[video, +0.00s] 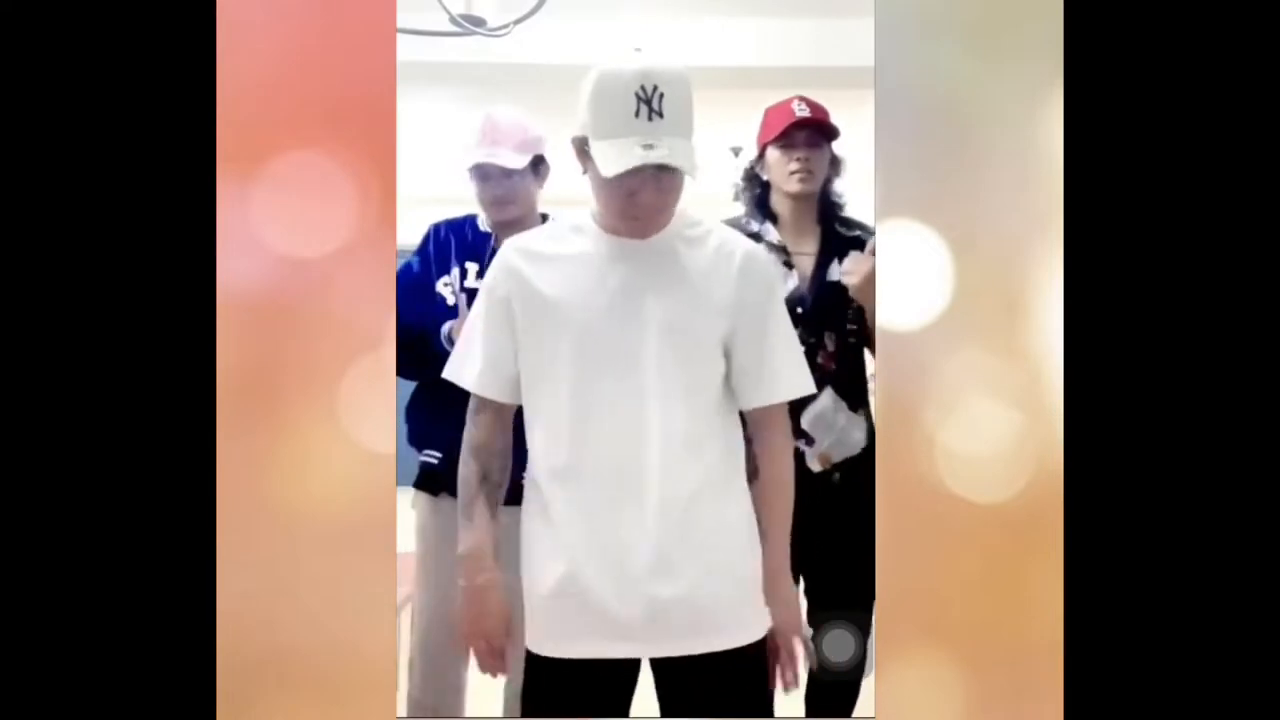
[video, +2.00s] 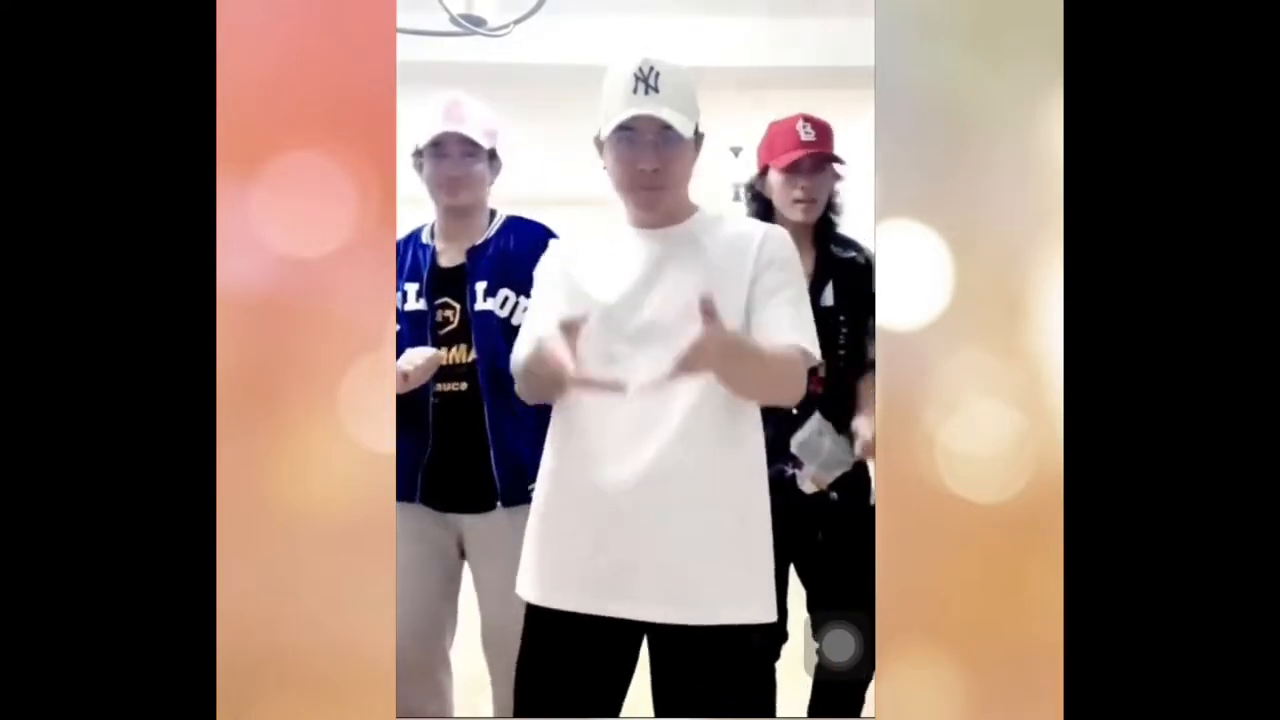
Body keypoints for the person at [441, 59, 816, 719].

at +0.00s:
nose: (645, 192)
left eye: (664, 170)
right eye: (625, 170)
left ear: (689, 159)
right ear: (583, 155)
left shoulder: (741, 269)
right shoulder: (524, 268)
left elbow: (772, 440)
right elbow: (487, 433)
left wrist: (781, 590)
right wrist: (479, 573)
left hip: (714, 604)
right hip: (573, 607)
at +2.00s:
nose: (647, 157)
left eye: (667, 137)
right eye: (628, 137)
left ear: (697, 150)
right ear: (602, 151)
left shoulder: (755, 248)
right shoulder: (572, 255)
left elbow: (791, 383)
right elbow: (527, 384)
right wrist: (551, 358)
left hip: (714, 568)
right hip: (583, 563)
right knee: (549, 717)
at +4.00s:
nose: (662, 148)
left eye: (682, 128)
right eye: (644, 125)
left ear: (704, 142)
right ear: (609, 135)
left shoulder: (745, 249)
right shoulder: (565, 239)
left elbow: (791, 345)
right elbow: (513, 330)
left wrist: (802, 214)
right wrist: (550, 216)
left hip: (730, 574)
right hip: (598, 573)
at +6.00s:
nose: (620, 129)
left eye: (643, 109)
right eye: (600, 108)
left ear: (682, 125)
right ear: (575, 124)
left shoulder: (748, 264)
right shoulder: (526, 256)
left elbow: (771, 440)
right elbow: (486, 417)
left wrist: (774, 584)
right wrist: (503, 541)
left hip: (705, 639)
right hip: (555, 632)